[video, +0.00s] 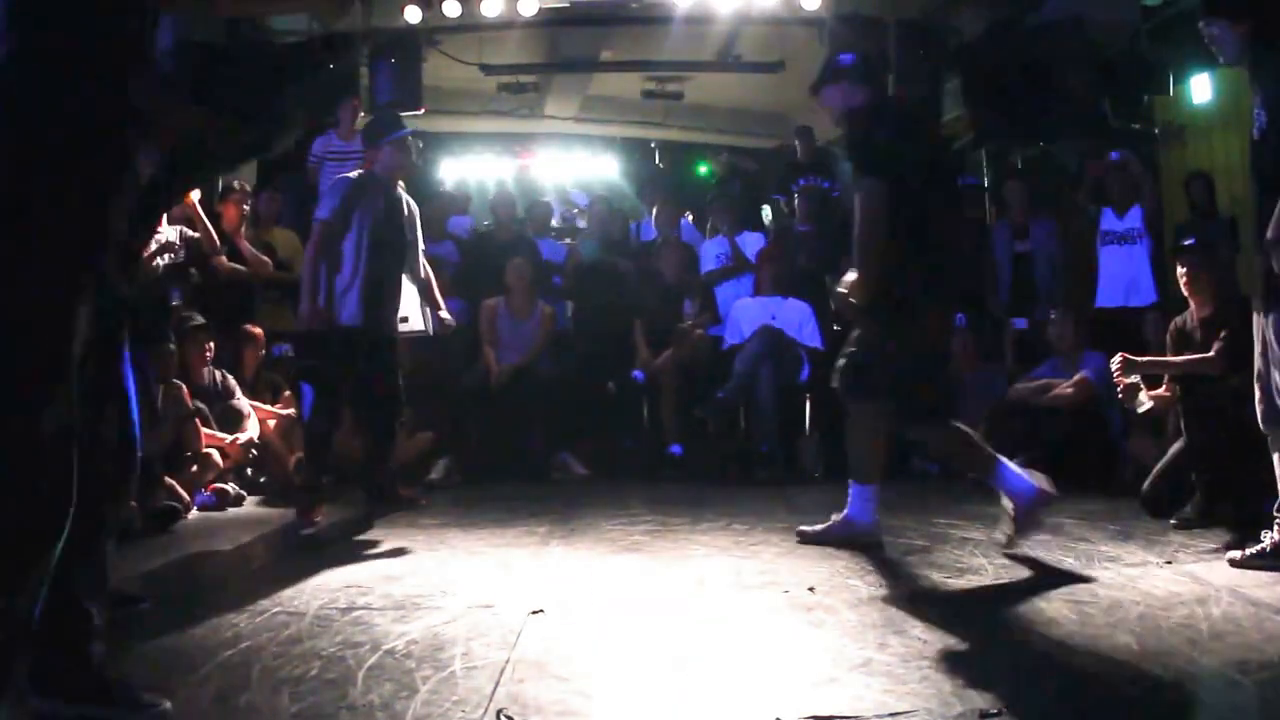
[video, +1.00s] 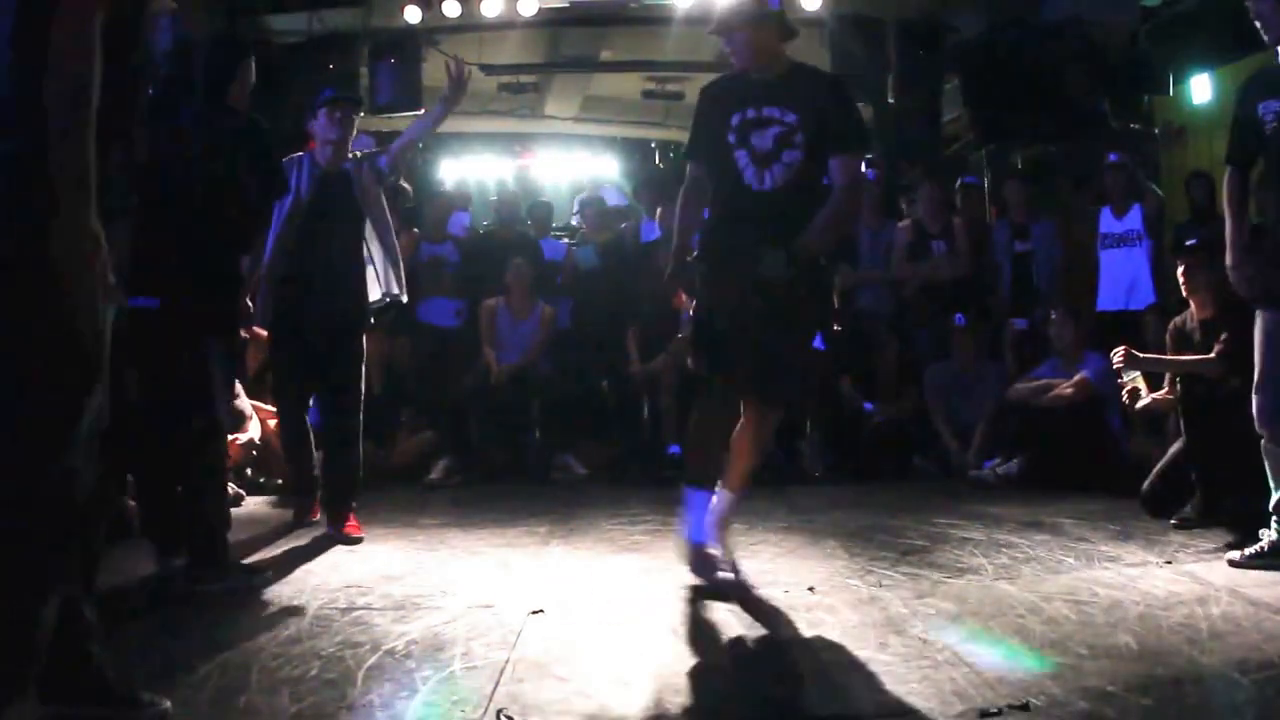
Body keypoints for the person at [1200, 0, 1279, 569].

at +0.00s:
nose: (1208, 37)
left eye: (1213, 26)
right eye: (1205, 28)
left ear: (1242, 24)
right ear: (1237, 29)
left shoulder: (1266, 90)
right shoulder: (1258, 89)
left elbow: (1270, 183)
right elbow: (1264, 183)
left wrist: (1269, 242)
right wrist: (1258, 246)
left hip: (1273, 279)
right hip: (1263, 278)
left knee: (1273, 404)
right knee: (1267, 404)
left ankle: (1279, 529)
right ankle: (1276, 526)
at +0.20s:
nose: (1202, 44)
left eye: (1208, 32)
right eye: (1200, 34)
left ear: (1236, 31)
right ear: (1232, 35)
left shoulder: (1265, 95)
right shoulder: (1257, 95)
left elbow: (1263, 203)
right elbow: (1260, 202)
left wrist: (1261, 276)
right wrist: (1257, 275)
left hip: (1270, 276)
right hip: (1261, 273)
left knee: (1262, 394)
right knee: (1261, 394)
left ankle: (1276, 530)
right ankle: (1273, 528)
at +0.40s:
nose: (1202, 39)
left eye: (1209, 28)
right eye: (1201, 30)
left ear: (1238, 28)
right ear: (1236, 33)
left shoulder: (1268, 99)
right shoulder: (1257, 99)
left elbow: (1257, 198)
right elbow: (1251, 200)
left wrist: (1246, 275)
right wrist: (1239, 274)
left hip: (1272, 283)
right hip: (1260, 283)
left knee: (1274, 408)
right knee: (1268, 407)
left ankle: (1279, 531)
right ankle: (1275, 528)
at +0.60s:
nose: (1210, 32)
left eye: (1217, 23)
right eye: (1208, 24)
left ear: (1246, 24)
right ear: (1232, 31)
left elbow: (1250, 197)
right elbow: (1245, 198)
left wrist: (1245, 271)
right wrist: (1238, 270)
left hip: (1268, 282)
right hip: (1258, 283)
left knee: (1271, 406)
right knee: (1268, 405)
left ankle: (1279, 527)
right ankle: (1277, 525)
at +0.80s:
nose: (1229, 21)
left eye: (1235, 10)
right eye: (1227, 13)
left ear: (1262, 13)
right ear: (1240, 21)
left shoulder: (1257, 97)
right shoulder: (1247, 98)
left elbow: (1243, 190)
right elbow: (1242, 190)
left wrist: (1239, 262)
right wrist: (1234, 262)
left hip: (1273, 278)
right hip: (1264, 278)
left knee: (1272, 401)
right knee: (1269, 400)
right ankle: (1278, 525)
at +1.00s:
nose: (1261, 20)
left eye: (1262, 11)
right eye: (1257, 14)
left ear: (1271, 14)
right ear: (1257, 21)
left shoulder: (1260, 87)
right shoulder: (1258, 85)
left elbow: (1236, 173)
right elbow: (1236, 171)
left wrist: (1237, 252)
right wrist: (1236, 253)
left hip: (1271, 271)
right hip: (1269, 271)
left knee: (1267, 399)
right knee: (1265, 400)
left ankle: (1276, 522)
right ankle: (1275, 522)